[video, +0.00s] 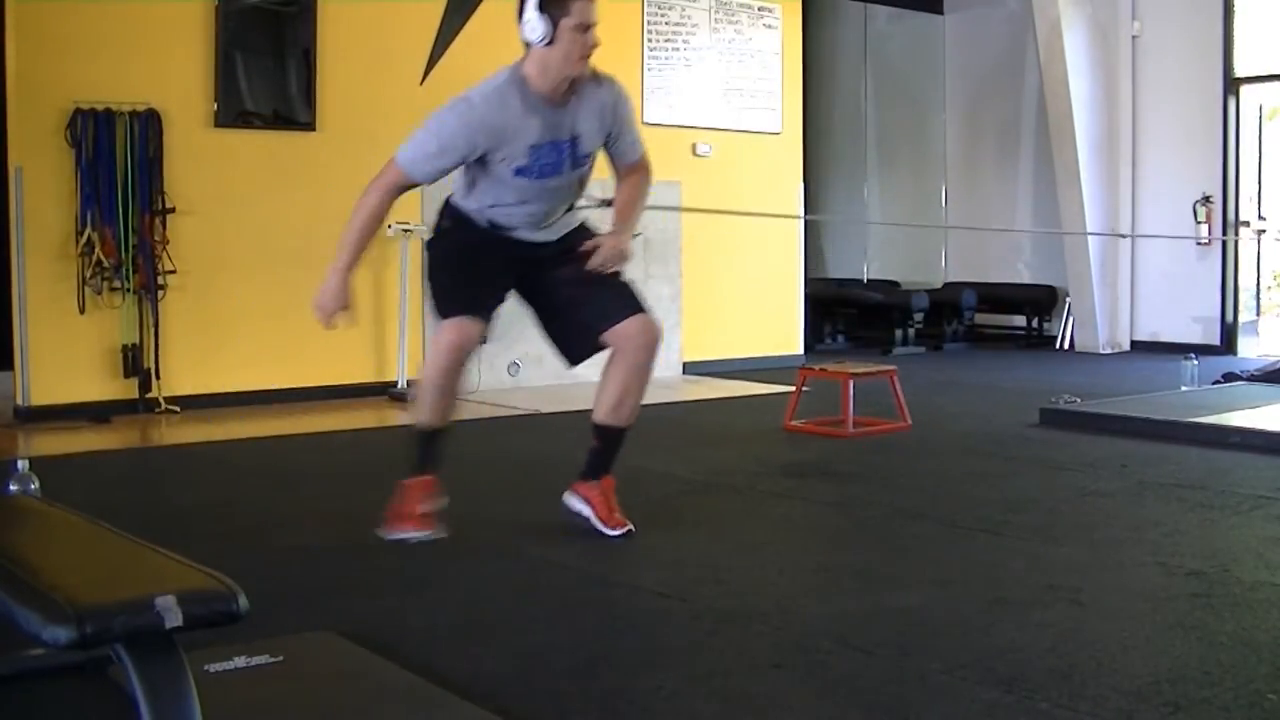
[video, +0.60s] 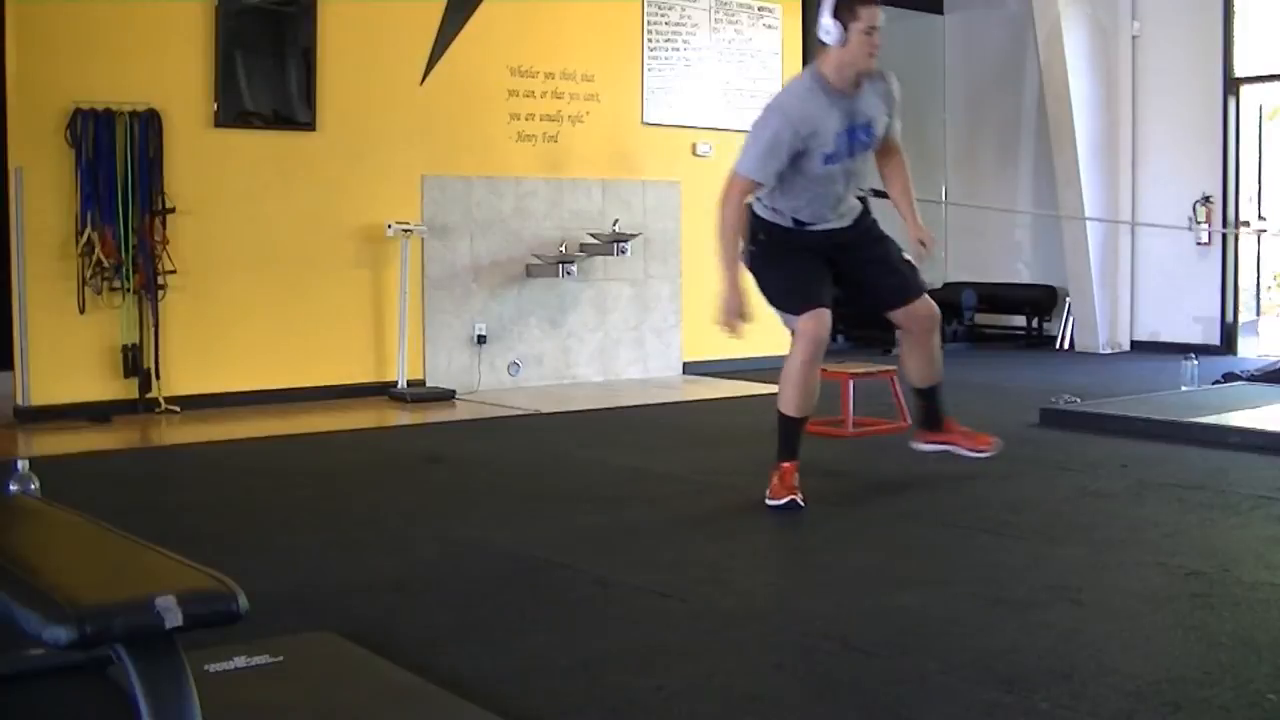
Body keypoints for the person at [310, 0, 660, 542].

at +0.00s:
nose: (594, 39)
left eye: (594, 27)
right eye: (582, 28)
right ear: (540, 35)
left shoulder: (604, 97)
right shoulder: (485, 109)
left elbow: (635, 171)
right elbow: (387, 183)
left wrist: (621, 234)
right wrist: (338, 275)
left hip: (556, 238)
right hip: (475, 235)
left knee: (637, 334)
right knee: (459, 332)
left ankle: (595, 483)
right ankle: (421, 485)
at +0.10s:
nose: (631, 24)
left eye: (631, 13)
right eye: (619, 13)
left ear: (622, 21)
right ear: (579, 21)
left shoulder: (642, 81)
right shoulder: (526, 94)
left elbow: (672, 154)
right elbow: (433, 164)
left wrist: (683, 229)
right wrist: (412, 263)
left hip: (615, 221)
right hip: (532, 227)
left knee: (694, 318)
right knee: (537, 335)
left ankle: (655, 458)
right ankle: (568, 469)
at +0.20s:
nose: (672, 32)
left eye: (672, 21)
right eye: (660, 21)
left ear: (664, 28)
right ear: (622, 29)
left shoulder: (685, 86)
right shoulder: (570, 102)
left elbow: (720, 156)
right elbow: (484, 168)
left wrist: (746, 220)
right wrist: (454, 255)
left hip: (676, 236)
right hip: (595, 243)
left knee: (755, 341)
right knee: (595, 357)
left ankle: (766, 450)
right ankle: (612, 485)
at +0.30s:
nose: (723, 48)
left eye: (723, 38)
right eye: (713, 39)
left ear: (716, 43)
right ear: (679, 46)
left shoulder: (744, 100)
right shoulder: (631, 118)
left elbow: (787, 159)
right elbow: (546, 177)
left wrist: (801, 175)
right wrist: (491, 251)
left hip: (736, 251)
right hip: (657, 252)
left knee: (807, 359)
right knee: (637, 351)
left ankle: (829, 463)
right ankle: (618, 487)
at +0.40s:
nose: (784, 42)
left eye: (784, 32)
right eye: (774, 33)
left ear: (775, 39)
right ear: (739, 41)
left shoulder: (802, 91)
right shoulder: (696, 111)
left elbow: (841, 152)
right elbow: (616, 176)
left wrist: (841, 154)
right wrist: (552, 241)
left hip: (780, 240)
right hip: (708, 242)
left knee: (856, 343)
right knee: (715, 340)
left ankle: (836, 461)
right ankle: (643, 479)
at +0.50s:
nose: (834, 31)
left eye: (836, 20)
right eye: (823, 21)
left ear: (833, 26)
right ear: (788, 27)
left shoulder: (839, 76)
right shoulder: (745, 98)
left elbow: (860, 131)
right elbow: (679, 174)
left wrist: (873, 174)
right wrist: (637, 252)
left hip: (813, 218)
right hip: (746, 224)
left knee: (893, 309)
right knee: (771, 329)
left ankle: (861, 436)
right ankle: (734, 470)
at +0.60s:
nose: (878, 42)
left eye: (879, 32)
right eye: (869, 32)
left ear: (876, 37)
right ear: (833, 36)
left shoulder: (880, 88)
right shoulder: (793, 106)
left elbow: (888, 151)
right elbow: (735, 192)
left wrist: (912, 221)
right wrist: (731, 284)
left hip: (847, 225)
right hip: (780, 231)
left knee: (920, 314)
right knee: (814, 327)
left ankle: (931, 426)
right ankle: (786, 468)